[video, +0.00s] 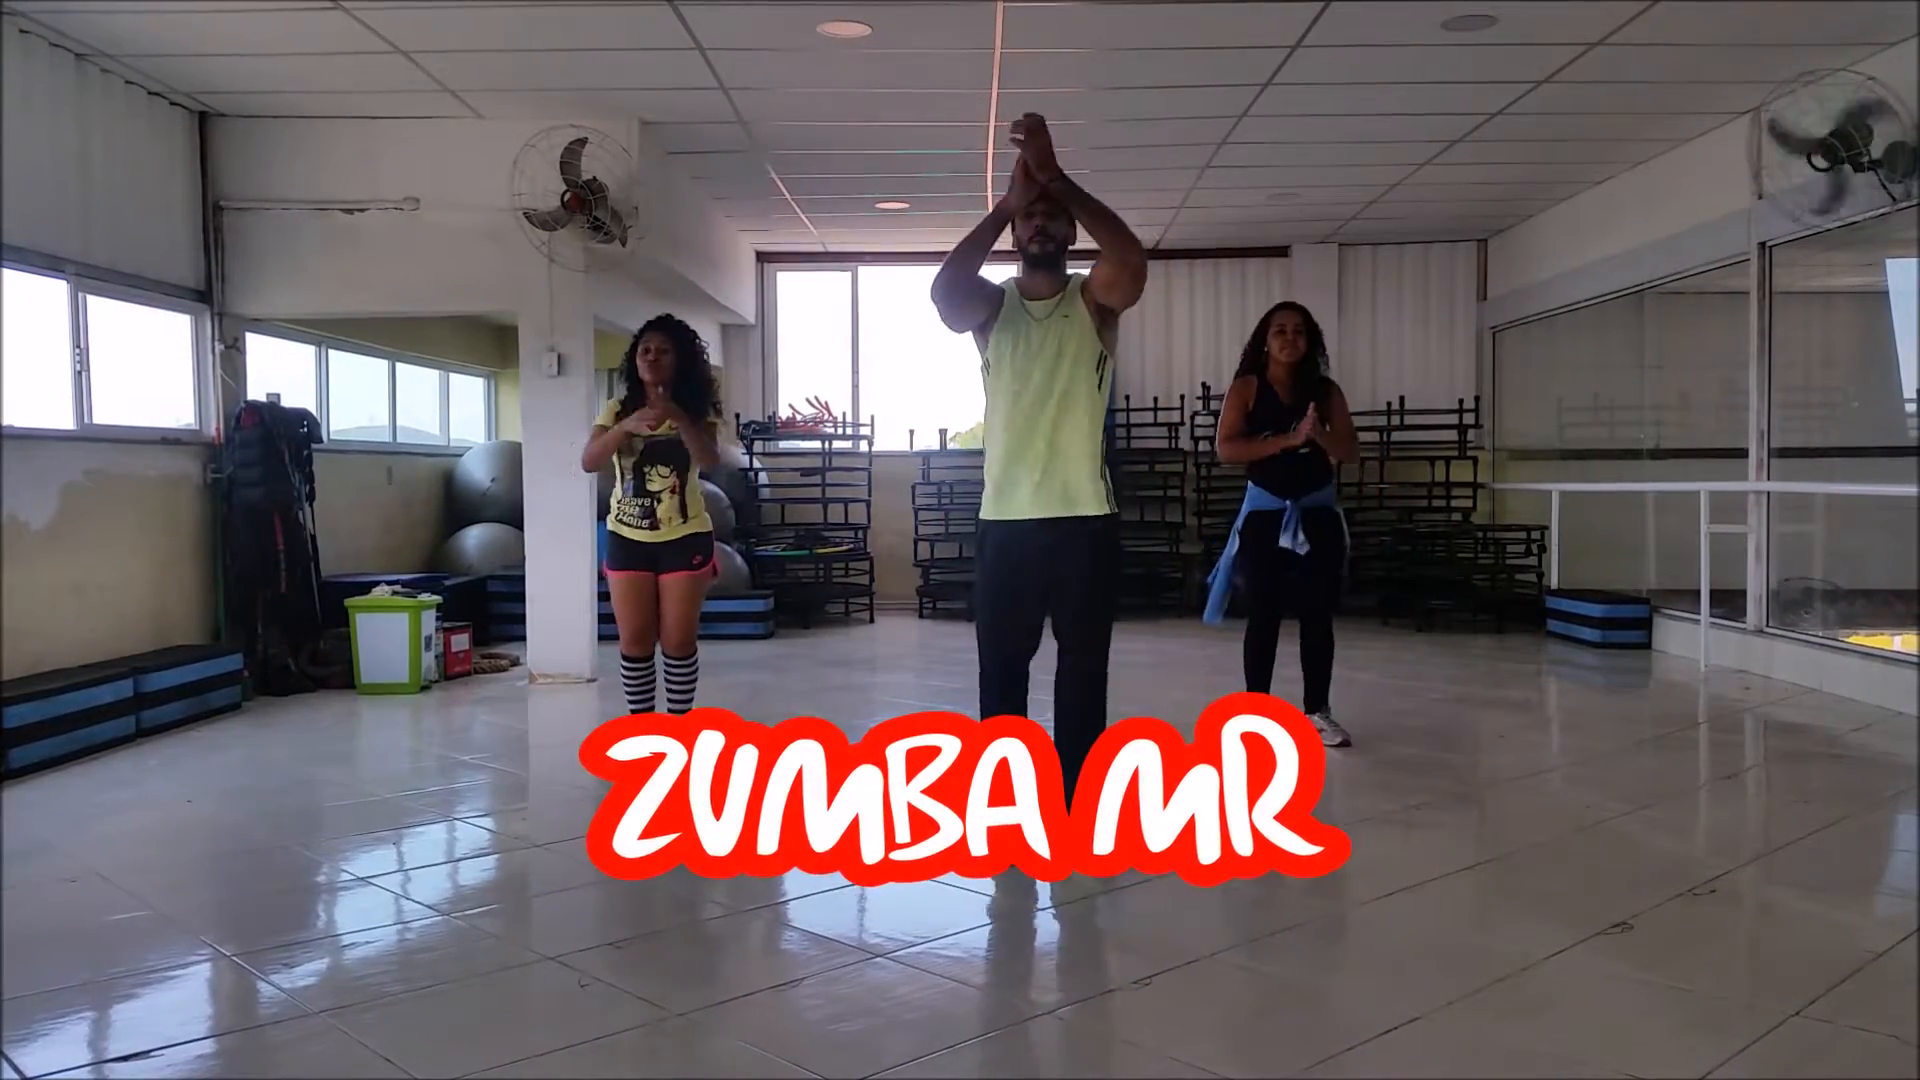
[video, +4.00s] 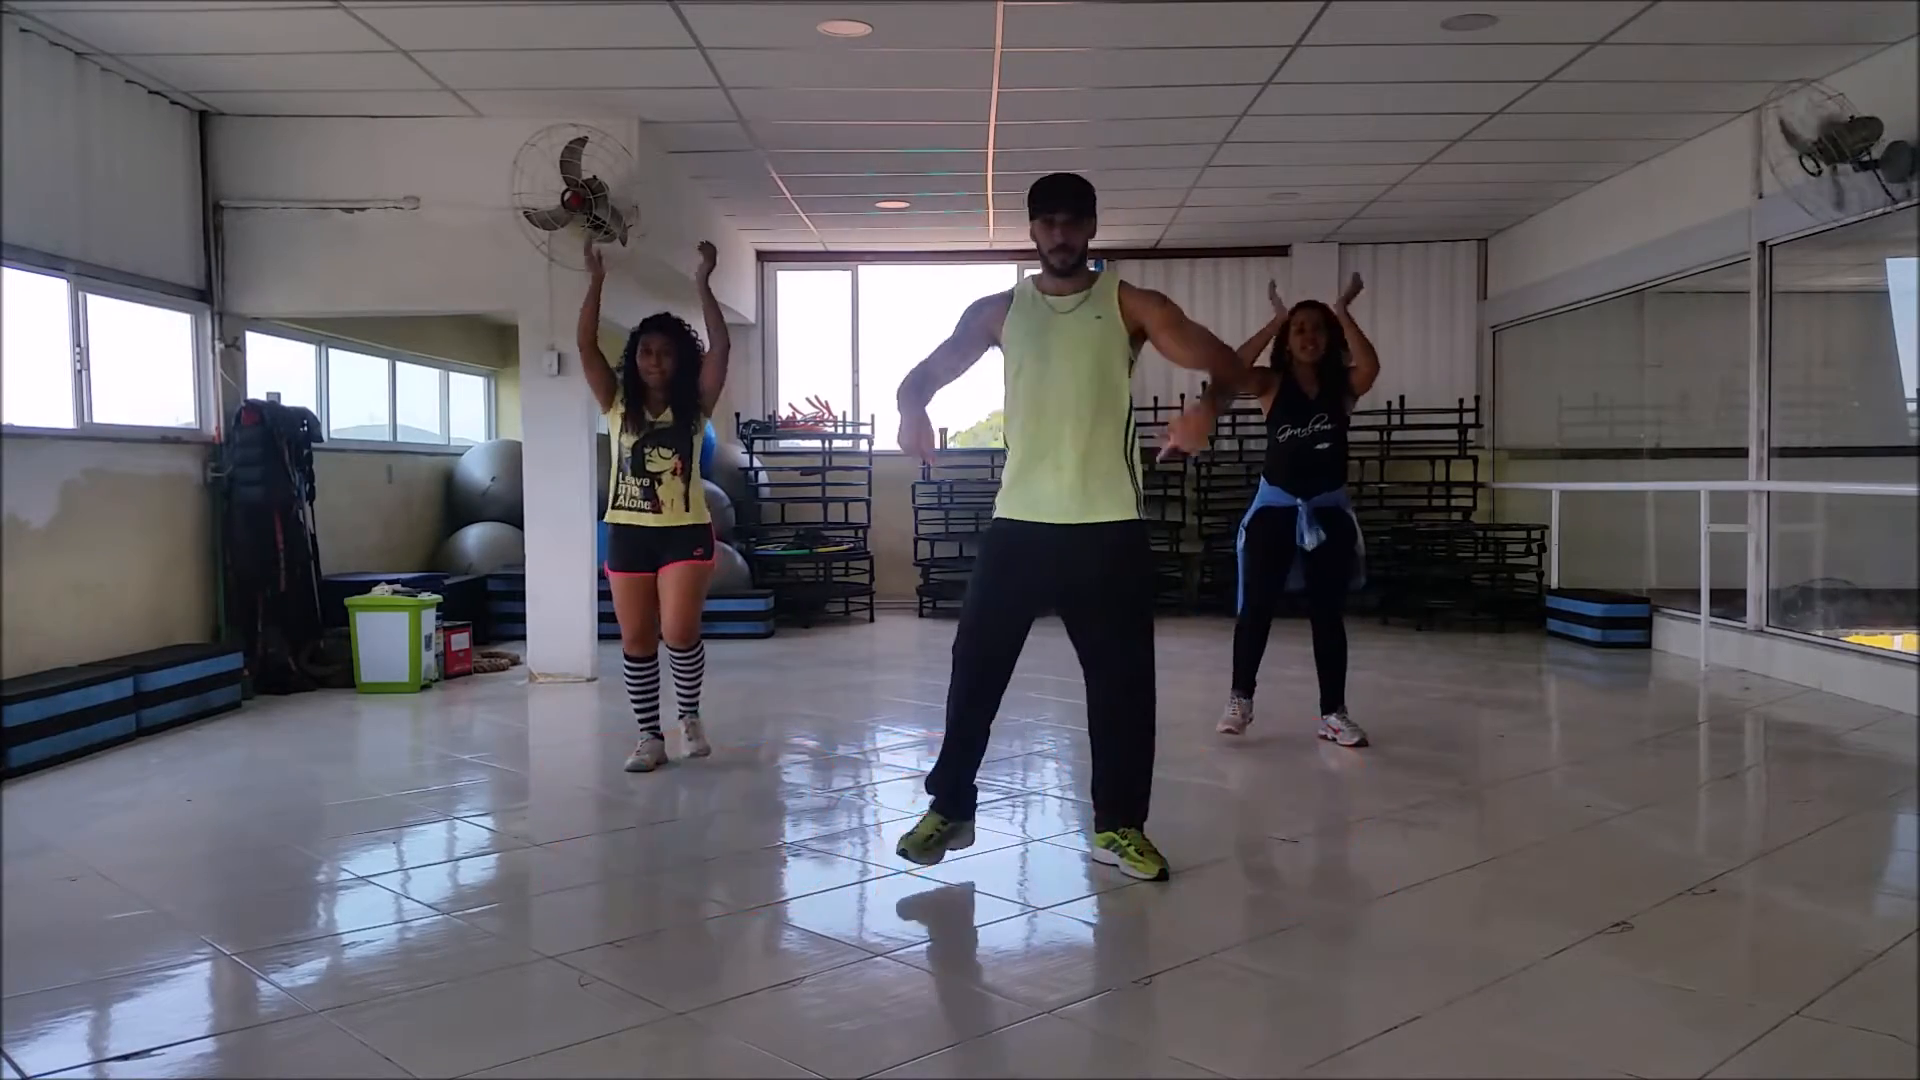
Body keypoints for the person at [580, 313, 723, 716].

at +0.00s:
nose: (651, 357)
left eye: (662, 351)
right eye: (644, 350)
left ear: (680, 361)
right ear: (635, 359)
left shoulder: (696, 410)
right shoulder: (619, 409)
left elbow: (709, 460)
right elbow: (590, 460)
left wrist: (678, 417)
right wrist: (626, 427)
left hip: (685, 538)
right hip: (627, 538)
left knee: (678, 643)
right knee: (634, 643)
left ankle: (679, 733)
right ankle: (641, 734)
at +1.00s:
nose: (654, 355)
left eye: (665, 349)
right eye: (646, 348)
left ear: (684, 360)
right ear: (634, 356)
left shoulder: (696, 404)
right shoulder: (615, 402)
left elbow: (723, 343)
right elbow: (573, 345)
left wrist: (700, 284)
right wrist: (597, 286)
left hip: (685, 538)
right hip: (628, 539)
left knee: (678, 641)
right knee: (636, 645)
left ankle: (685, 729)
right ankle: (645, 736)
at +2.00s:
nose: (659, 359)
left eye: (670, 351)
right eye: (651, 351)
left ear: (686, 360)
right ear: (638, 358)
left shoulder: (700, 405)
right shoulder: (617, 404)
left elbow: (726, 343)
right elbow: (582, 347)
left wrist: (708, 280)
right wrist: (595, 282)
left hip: (688, 538)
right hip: (631, 539)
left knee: (678, 633)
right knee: (638, 645)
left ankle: (691, 722)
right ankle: (650, 736)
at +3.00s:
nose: (655, 362)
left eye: (666, 355)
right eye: (647, 353)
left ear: (682, 363)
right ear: (635, 360)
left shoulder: (697, 407)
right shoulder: (617, 406)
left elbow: (725, 345)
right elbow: (584, 349)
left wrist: (711, 284)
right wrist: (590, 283)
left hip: (688, 541)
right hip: (631, 542)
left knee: (678, 634)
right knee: (638, 644)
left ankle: (692, 720)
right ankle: (654, 739)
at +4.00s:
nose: (654, 362)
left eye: (664, 354)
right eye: (646, 353)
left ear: (681, 361)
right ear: (634, 358)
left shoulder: (695, 406)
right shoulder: (618, 403)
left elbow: (721, 347)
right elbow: (585, 345)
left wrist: (703, 282)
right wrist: (596, 279)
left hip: (685, 536)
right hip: (628, 537)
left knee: (680, 634)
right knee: (636, 642)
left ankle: (690, 723)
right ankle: (648, 740)